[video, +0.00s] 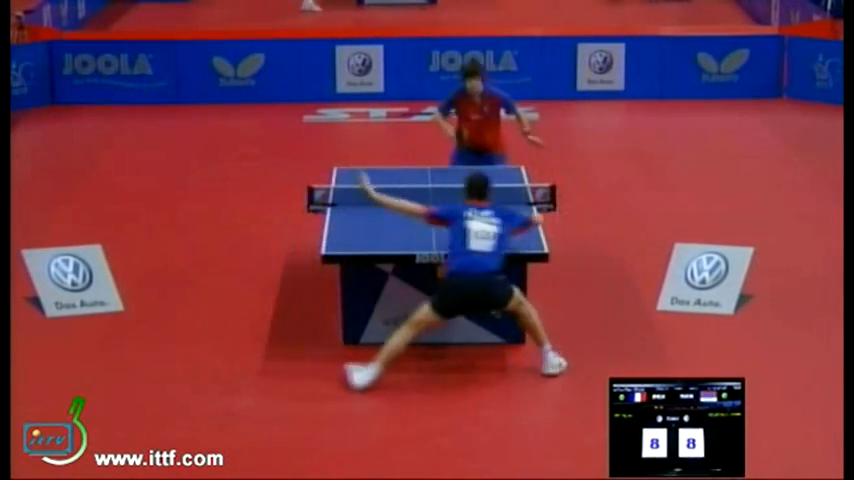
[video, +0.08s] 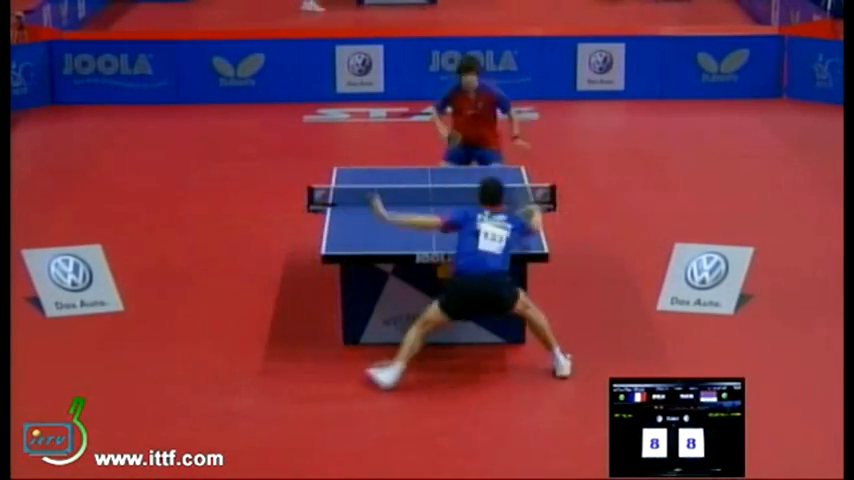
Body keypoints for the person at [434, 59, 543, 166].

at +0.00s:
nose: (473, 86)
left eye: (477, 81)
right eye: (470, 82)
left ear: (483, 81)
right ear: (465, 83)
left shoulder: (494, 97)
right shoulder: (459, 97)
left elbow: (516, 112)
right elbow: (439, 114)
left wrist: (527, 132)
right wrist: (448, 129)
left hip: (492, 151)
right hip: (466, 151)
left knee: (496, 189)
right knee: (459, 188)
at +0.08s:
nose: (469, 80)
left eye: (473, 76)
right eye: (465, 76)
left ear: (478, 77)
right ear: (460, 78)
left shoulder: (489, 92)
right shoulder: (455, 93)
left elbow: (509, 110)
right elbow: (436, 110)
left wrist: (515, 134)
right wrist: (443, 130)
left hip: (487, 143)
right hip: (461, 142)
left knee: (495, 179)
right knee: (449, 177)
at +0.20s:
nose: (460, 86)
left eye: (463, 82)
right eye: (456, 82)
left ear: (469, 82)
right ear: (451, 83)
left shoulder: (482, 100)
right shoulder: (446, 99)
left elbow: (499, 121)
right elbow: (437, 117)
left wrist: (495, 149)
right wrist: (435, 140)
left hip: (479, 153)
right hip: (455, 150)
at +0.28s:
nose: (455, 93)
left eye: (457, 89)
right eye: (451, 89)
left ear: (462, 90)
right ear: (446, 92)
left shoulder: (476, 107)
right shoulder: (442, 108)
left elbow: (492, 131)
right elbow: (436, 132)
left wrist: (489, 158)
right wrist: (445, 147)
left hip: (476, 159)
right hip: (453, 157)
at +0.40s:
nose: (464, 89)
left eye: (466, 84)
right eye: (460, 85)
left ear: (471, 85)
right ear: (454, 87)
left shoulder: (483, 101)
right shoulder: (449, 107)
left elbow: (504, 116)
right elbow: (453, 137)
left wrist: (510, 130)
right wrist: (483, 141)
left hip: (481, 150)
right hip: (458, 151)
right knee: (446, 170)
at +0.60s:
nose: (487, 78)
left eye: (490, 73)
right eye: (484, 74)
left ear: (495, 74)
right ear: (478, 76)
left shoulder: (508, 90)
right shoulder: (474, 91)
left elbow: (532, 97)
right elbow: (463, 105)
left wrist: (544, 110)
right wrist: (453, 113)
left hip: (507, 144)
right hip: (481, 142)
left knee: (530, 181)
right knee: (458, 172)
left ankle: (554, 215)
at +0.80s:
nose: (493, 77)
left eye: (496, 73)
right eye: (490, 74)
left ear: (502, 73)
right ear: (485, 74)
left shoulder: (516, 90)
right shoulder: (478, 91)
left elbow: (530, 107)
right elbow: (461, 105)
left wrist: (535, 122)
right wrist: (445, 108)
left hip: (515, 147)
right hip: (487, 145)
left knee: (534, 179)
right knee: (472, 179)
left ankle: (554, 216)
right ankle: (466, 220)